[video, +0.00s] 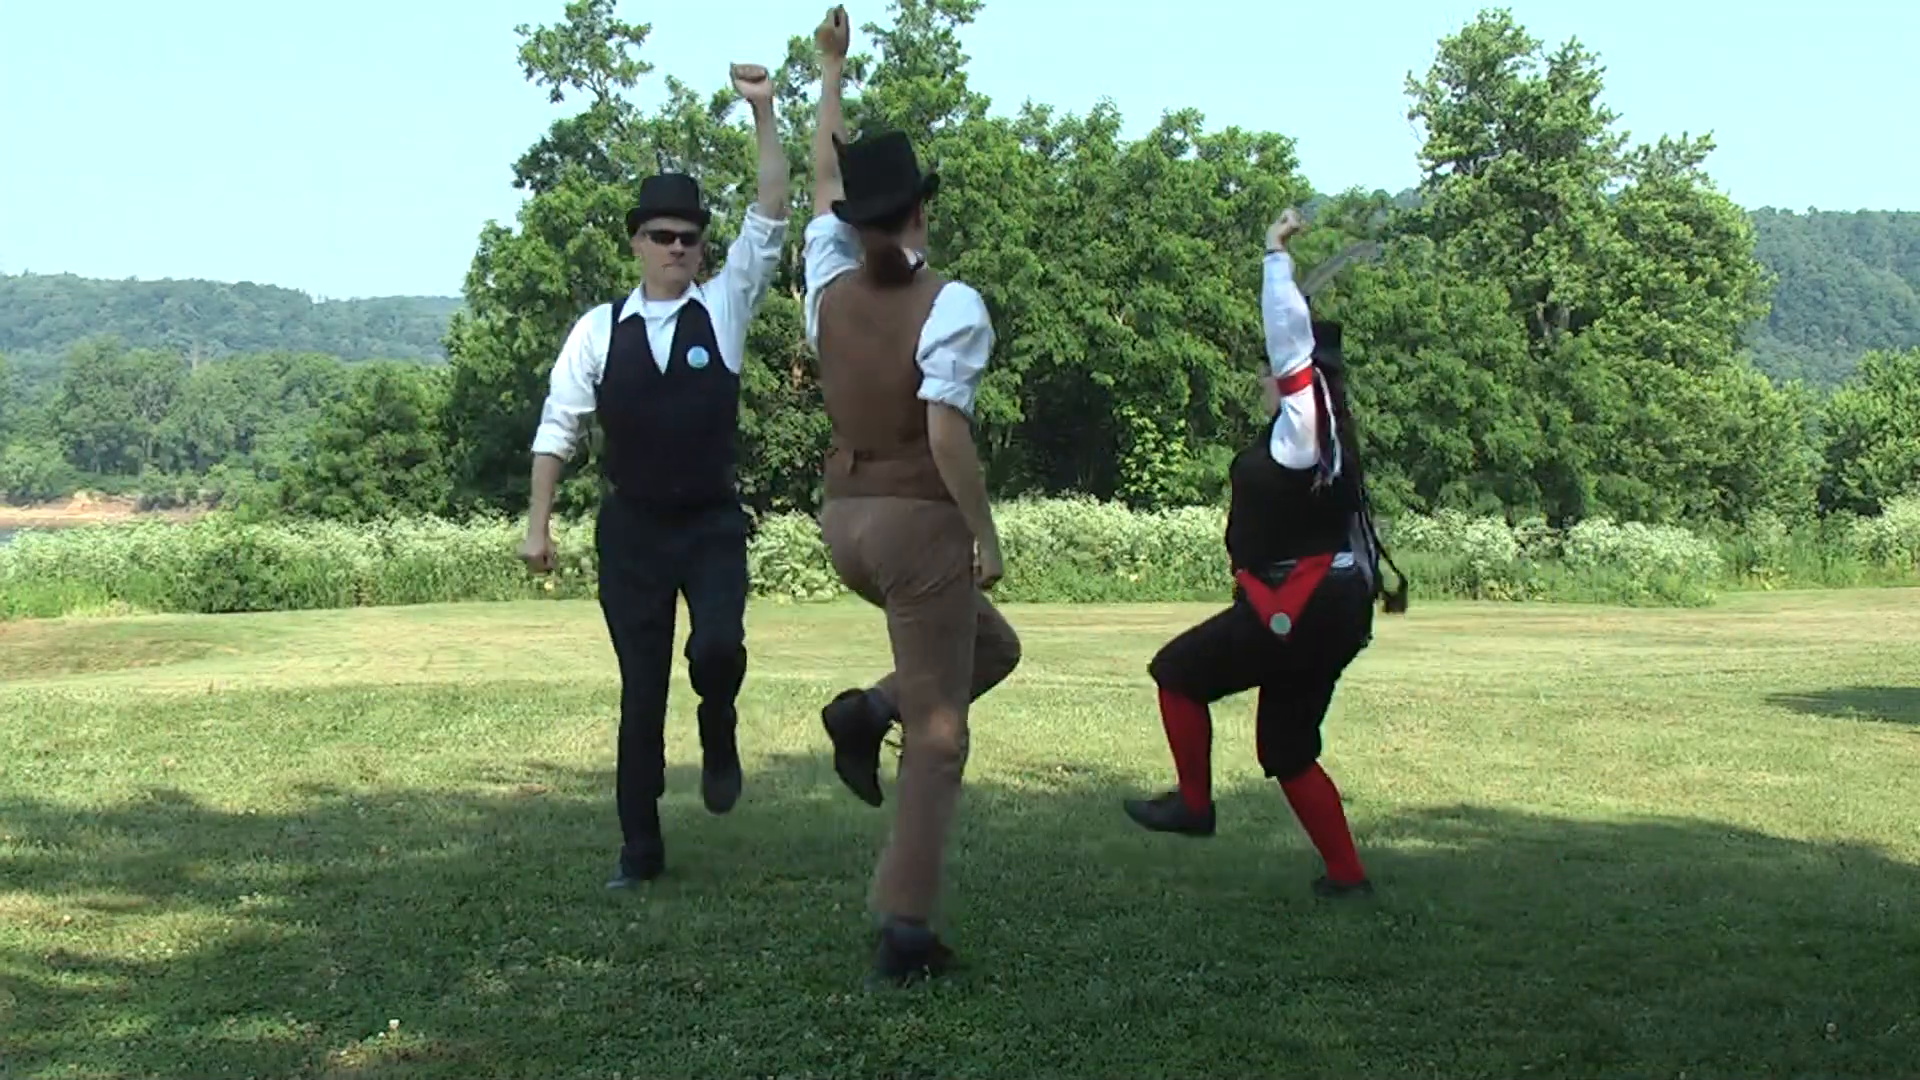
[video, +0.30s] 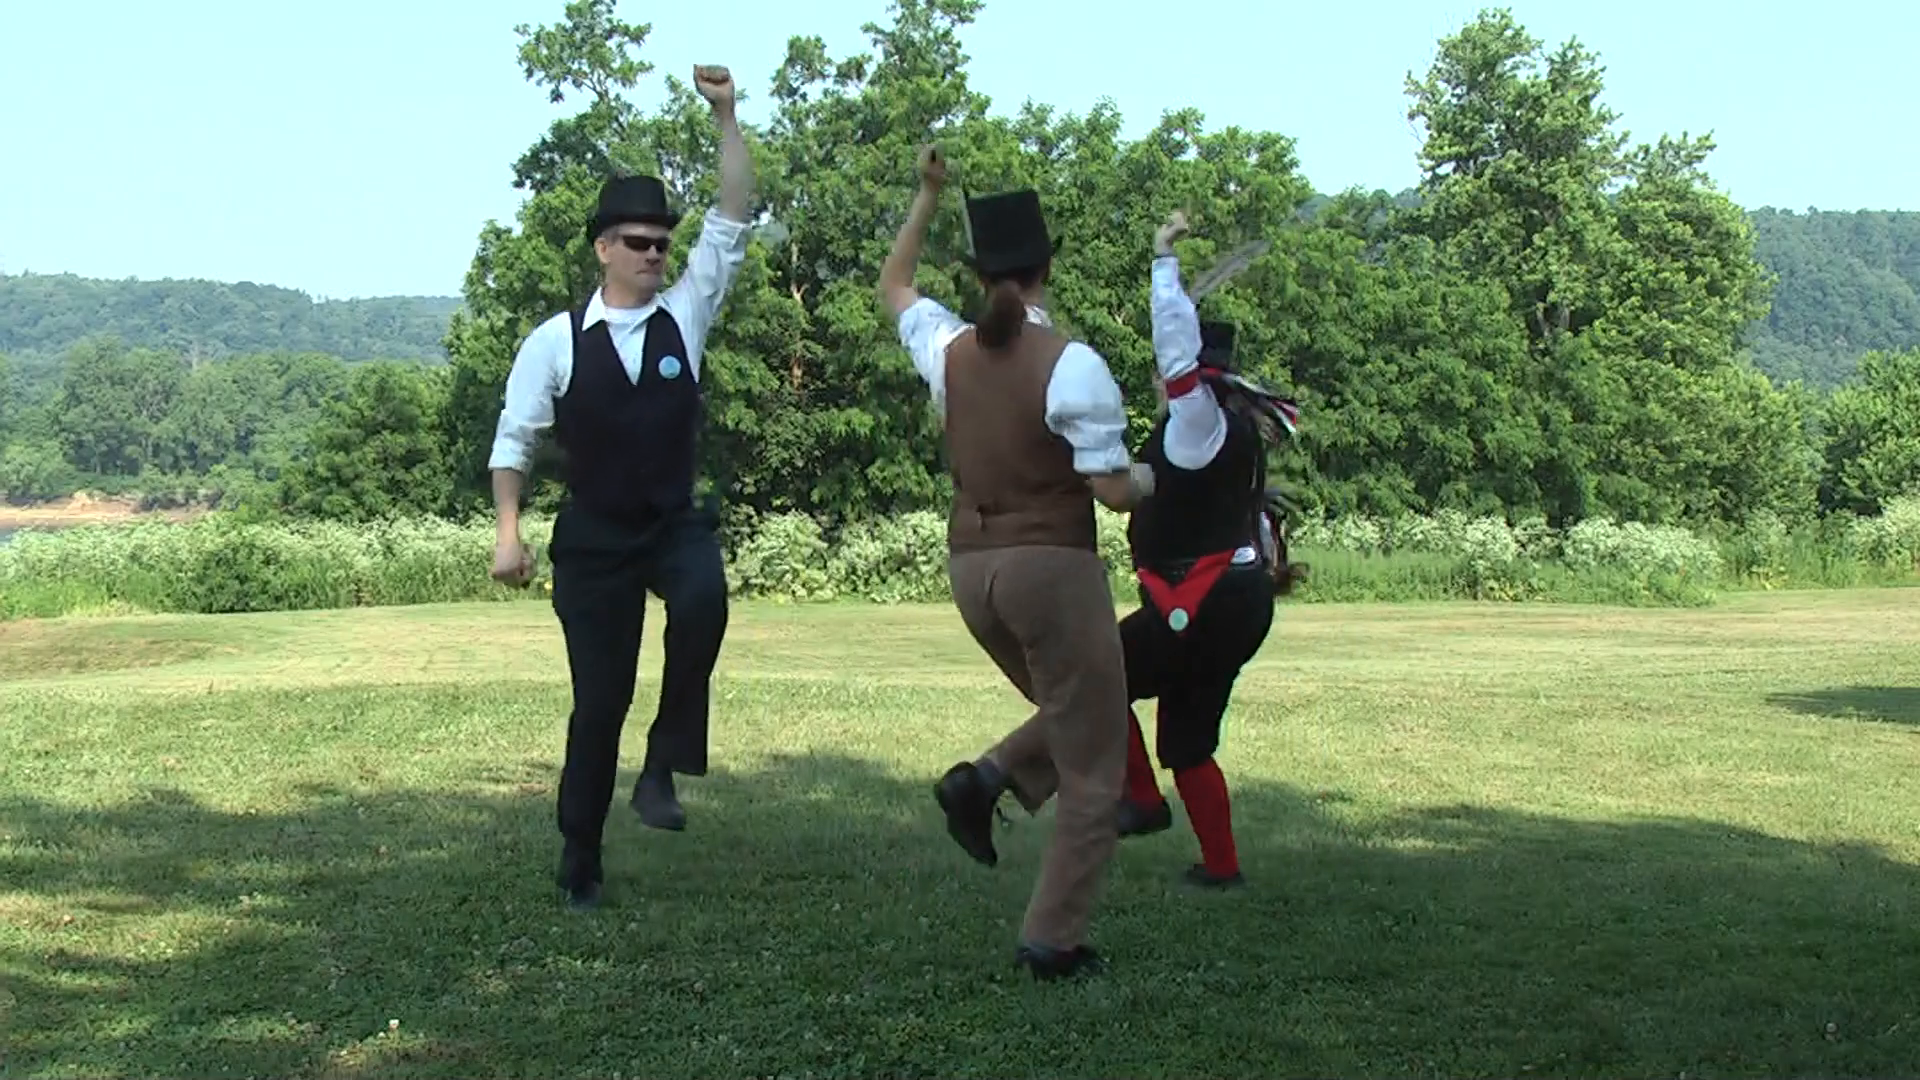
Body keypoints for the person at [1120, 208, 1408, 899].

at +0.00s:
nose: (1263, 374)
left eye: (1274, 365)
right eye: (1268, 364)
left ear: (1301, 369)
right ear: (1318, 371)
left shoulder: (1306, 421)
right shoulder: (1318, 424)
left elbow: (1289, 332)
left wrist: (1276, 249)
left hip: (1303, 602)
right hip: (1337, 600)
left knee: (1177, 671)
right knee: (1288, 746)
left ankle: (1193, 804)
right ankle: (1347, 876)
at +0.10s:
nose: (1236, 339)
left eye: (1247, 328)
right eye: (1242, 329)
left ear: (1270, 334)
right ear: (1289, 338)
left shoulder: (1272, 380)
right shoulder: (1281, 394)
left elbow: (1256, 293)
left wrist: (1247, 221)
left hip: (1266, 577)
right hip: (1298, 582)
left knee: (1138, 631)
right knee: (1261, 720)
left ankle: (1161, 763)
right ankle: (1321, 851)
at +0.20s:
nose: (1204, 338)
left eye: (1212, 331)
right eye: (1208, 330)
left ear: (1233, 334)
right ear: (1258, 335)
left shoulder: (1235, 379)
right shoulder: (1269, 391)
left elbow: (1220, 299)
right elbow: (1292, 479)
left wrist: (1214, 217)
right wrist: (1301, 542)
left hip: (1238, 568)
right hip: (1271, 568)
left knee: (1115, 643)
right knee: (1222, 719)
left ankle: (1159, 767)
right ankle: (1254, 857)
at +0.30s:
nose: (1167, 367)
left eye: (1179, 359)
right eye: (1173, 358)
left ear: (1195, 363)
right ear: (1226, 364)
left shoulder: (1199, 414)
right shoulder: (1236, 419)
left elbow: (1175, 334)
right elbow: (1165, 485)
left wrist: (1164, 252)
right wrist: (1121, 481)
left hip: (1209, 598)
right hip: (1242, 595)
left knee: (1095, 669)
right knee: (1187, 739)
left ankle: (1140, 797)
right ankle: (1220, 866)